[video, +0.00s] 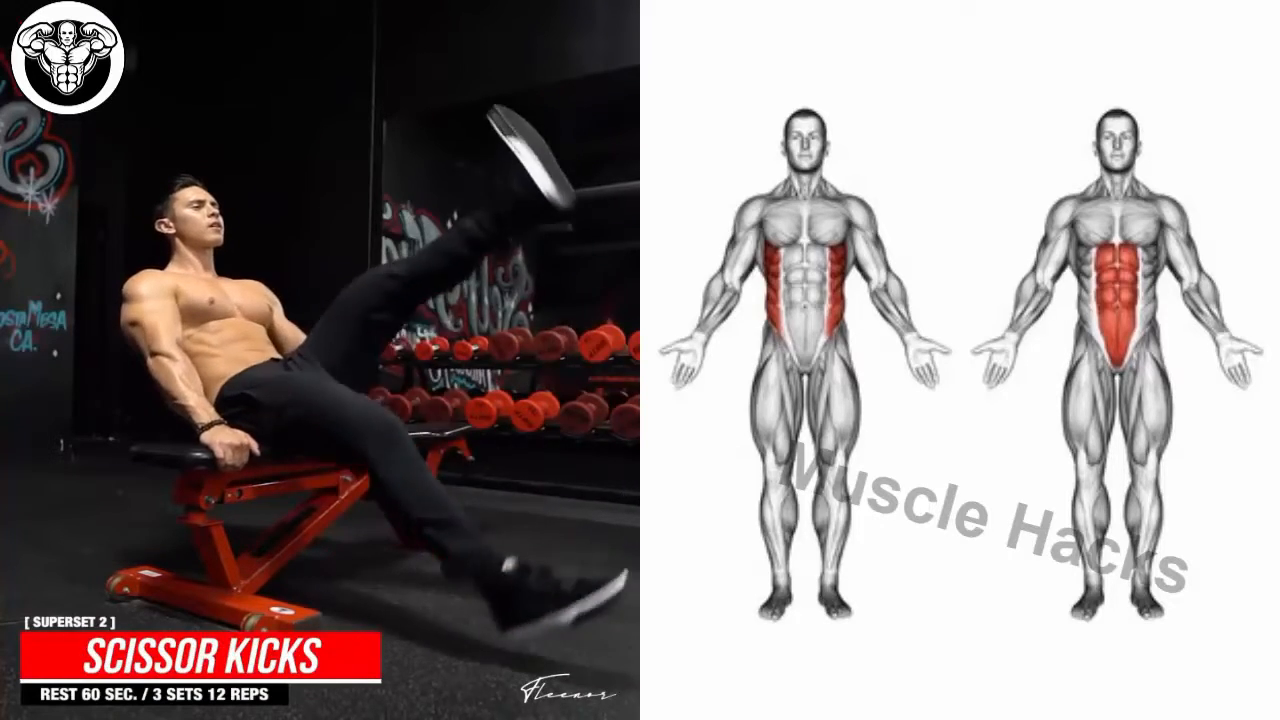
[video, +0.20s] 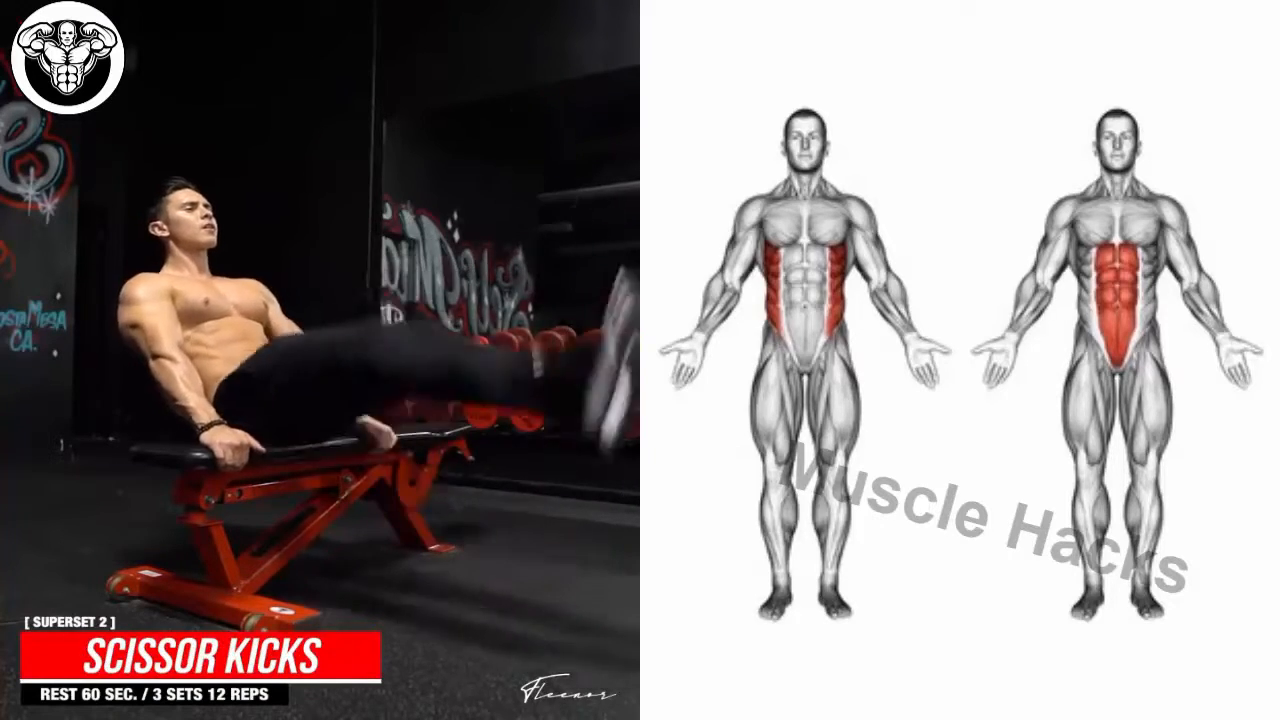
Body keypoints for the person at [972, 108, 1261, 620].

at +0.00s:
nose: (1116, 145)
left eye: (1124, 137)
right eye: (1109, 137)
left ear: (1137, 146)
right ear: (1097, 145)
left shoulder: (1164, 211)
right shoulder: (1070, 211)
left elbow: (1193, 282)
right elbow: (1041, 282)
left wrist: (1221, 335)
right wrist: (1012, 336)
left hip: (1144, 355)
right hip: (1089, 354)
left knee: (1145, 466)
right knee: (1088, 466)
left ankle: (1141, 582)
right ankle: (1092, 583)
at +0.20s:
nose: (1116, 145)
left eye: (1124, 138)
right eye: (1109, 137)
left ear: (1137, 146)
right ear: (1097, 145)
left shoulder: (1164, 211)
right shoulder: (1070, 211)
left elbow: (1193, 282)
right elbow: (1041, 282)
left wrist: (1221, 335)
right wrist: (1012, 336)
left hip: (1144, 355)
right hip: (1089, 354)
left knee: (1145, 466)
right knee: (1088, 466)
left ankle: (1141, 582)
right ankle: (1092, 583)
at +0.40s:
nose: (1116, 145)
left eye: (1124, 138)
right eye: (1109, 137)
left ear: (1137, 146)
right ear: (1097, 145)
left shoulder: (1164, 211)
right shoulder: (1070, 211)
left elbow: (1193, 282)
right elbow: (1041, 282)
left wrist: (1221, 335)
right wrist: (1012, 336)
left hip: (1144, 355)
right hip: (1089, 354)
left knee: (1145, 466)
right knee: (1088, 466)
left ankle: (1141, 582)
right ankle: (1092, 583)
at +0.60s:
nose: (1116, 145)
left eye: (1124, 138)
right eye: (1109, 137)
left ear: (1137, 146)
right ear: (1097, 145)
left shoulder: (1164, 211)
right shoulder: (1070, 211)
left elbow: (1192, 282)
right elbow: (1041, 282)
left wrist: (1221, 335)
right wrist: (1012, 336)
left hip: (1144, 355)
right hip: (1089, 354)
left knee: (1145, 467)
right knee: (1088, 466)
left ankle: (1141, 582)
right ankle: (1092, 583)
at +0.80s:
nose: (1116, 145)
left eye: (1124, 138)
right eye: (1109, 137)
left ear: (1137, 146)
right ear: (1097, 145)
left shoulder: (1164, 211)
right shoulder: (1070, 211)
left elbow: (1193, 282)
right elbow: (1041, 282)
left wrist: (1221, 335)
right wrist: (1012, 336)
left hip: (1144, 355)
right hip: (1089, 354)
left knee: (1145, 466)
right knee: (1088, 466)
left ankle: (1141, 582)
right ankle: (1092, 583)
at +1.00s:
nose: (1116, 145)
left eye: (1124, 138)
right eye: (1109, 137)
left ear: (1137, 146)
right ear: (1097, 145)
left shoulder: (1164, 211)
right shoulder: (1070, 211)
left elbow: (1193, 282)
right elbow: (1041, 282)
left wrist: (1221, 335)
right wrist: (1012, 336)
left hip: (1144, 355)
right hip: (1089, 354)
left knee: (1145, 466)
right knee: (1088, 466)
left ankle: (1141, 582)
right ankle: (1092, 583)